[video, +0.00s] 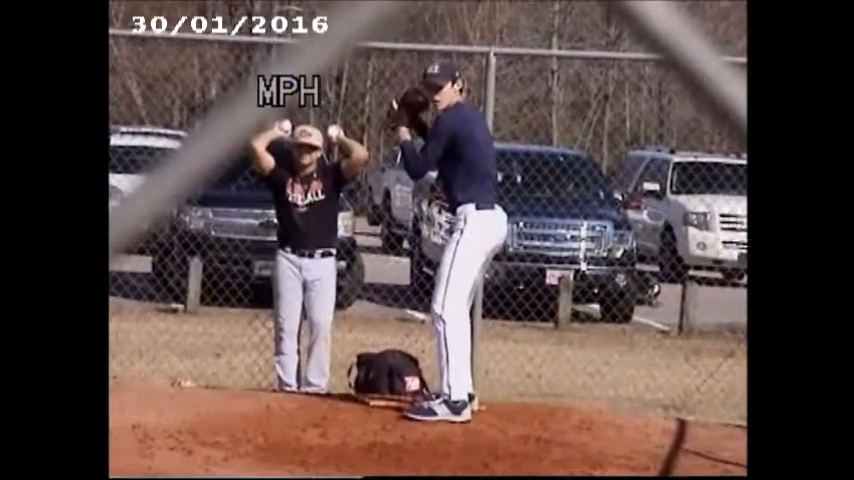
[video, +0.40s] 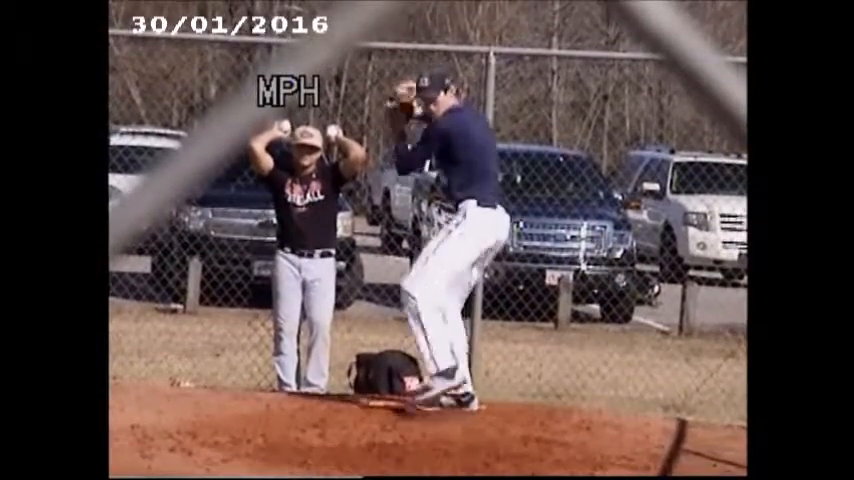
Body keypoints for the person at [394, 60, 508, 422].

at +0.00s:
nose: (432, 94)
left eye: (439, 87)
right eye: (430, 87)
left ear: (459, 86)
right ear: (447, 88)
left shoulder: (450, 119)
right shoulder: (470, 116)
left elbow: (417, 167)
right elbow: (435, 162)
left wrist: (404, 137)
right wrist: (414, 138)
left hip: (473, 218)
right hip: (487, 216)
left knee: (446, 307)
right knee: (456, 306)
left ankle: (455, 396)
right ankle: (461, 392)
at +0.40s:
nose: (427, 107)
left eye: (431, 100)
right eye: (424, 101)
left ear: (453, 93)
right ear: (455, 96)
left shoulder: (443, 125)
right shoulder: (475, 117)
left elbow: (406, 164)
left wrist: (399, 124)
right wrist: (418, 107)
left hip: (474, 216)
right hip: (496, 217)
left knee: (416, 288)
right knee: (447, 300)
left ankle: (441, 373)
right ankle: (461, 386)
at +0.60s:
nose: (417, 104)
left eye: (420, 97)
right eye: (415, 98)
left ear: (441, 90)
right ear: (446, 92)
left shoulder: (432, 120)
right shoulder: (473, 111)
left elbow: (389, 159)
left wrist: (416, 128)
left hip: (472, 212)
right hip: (500, 216)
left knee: (394, 234)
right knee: (461, 301)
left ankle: (427, 314)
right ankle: (459, 387)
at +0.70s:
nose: (416, 110)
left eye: (420, 103)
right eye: (414, 104)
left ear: (440, 97)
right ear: (444, 99)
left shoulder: (431, 127)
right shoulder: (472, 118)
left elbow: (388, 168)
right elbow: (484, 162)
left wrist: (411, 133)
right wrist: (450, 192)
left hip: (472, 216)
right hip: (503, 221)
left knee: (394, 236)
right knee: (458, 303)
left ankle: (402, 320)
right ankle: (460, 389)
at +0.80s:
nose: (420, 113)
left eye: (424, 106)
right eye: (418, 107)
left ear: (443, 102)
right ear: (444, 105)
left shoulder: (437, 131)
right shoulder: (469, 129)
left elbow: (392, 155)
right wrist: (446, 197)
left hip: (471, 221)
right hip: (500, 228)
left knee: (394, 252)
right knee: (445, 301)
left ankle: (368, 339)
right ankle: (457, 386)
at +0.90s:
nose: (424, 130)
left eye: (429, 124)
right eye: (421, 124)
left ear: (446, 124)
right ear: (446, 128)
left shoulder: (440, 151)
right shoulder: (465, 153)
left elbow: (397, 161)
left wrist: (355, 170)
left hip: (471, 241)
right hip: (498, 248)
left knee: (396, 284)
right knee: (435, 311)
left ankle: (348, 358)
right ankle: (457, 392)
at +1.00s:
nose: (418, 133)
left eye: (424, 128)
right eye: (417, 128)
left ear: (442, 128)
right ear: (444, 131)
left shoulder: (431, 154)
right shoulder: (466, 157)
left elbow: (393, 150)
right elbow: (488, 198)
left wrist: (359, 139)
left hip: (465, 247)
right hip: (490, 253)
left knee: (396, 297)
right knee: (428, 315)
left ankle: (343, 368)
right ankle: (454, 387)